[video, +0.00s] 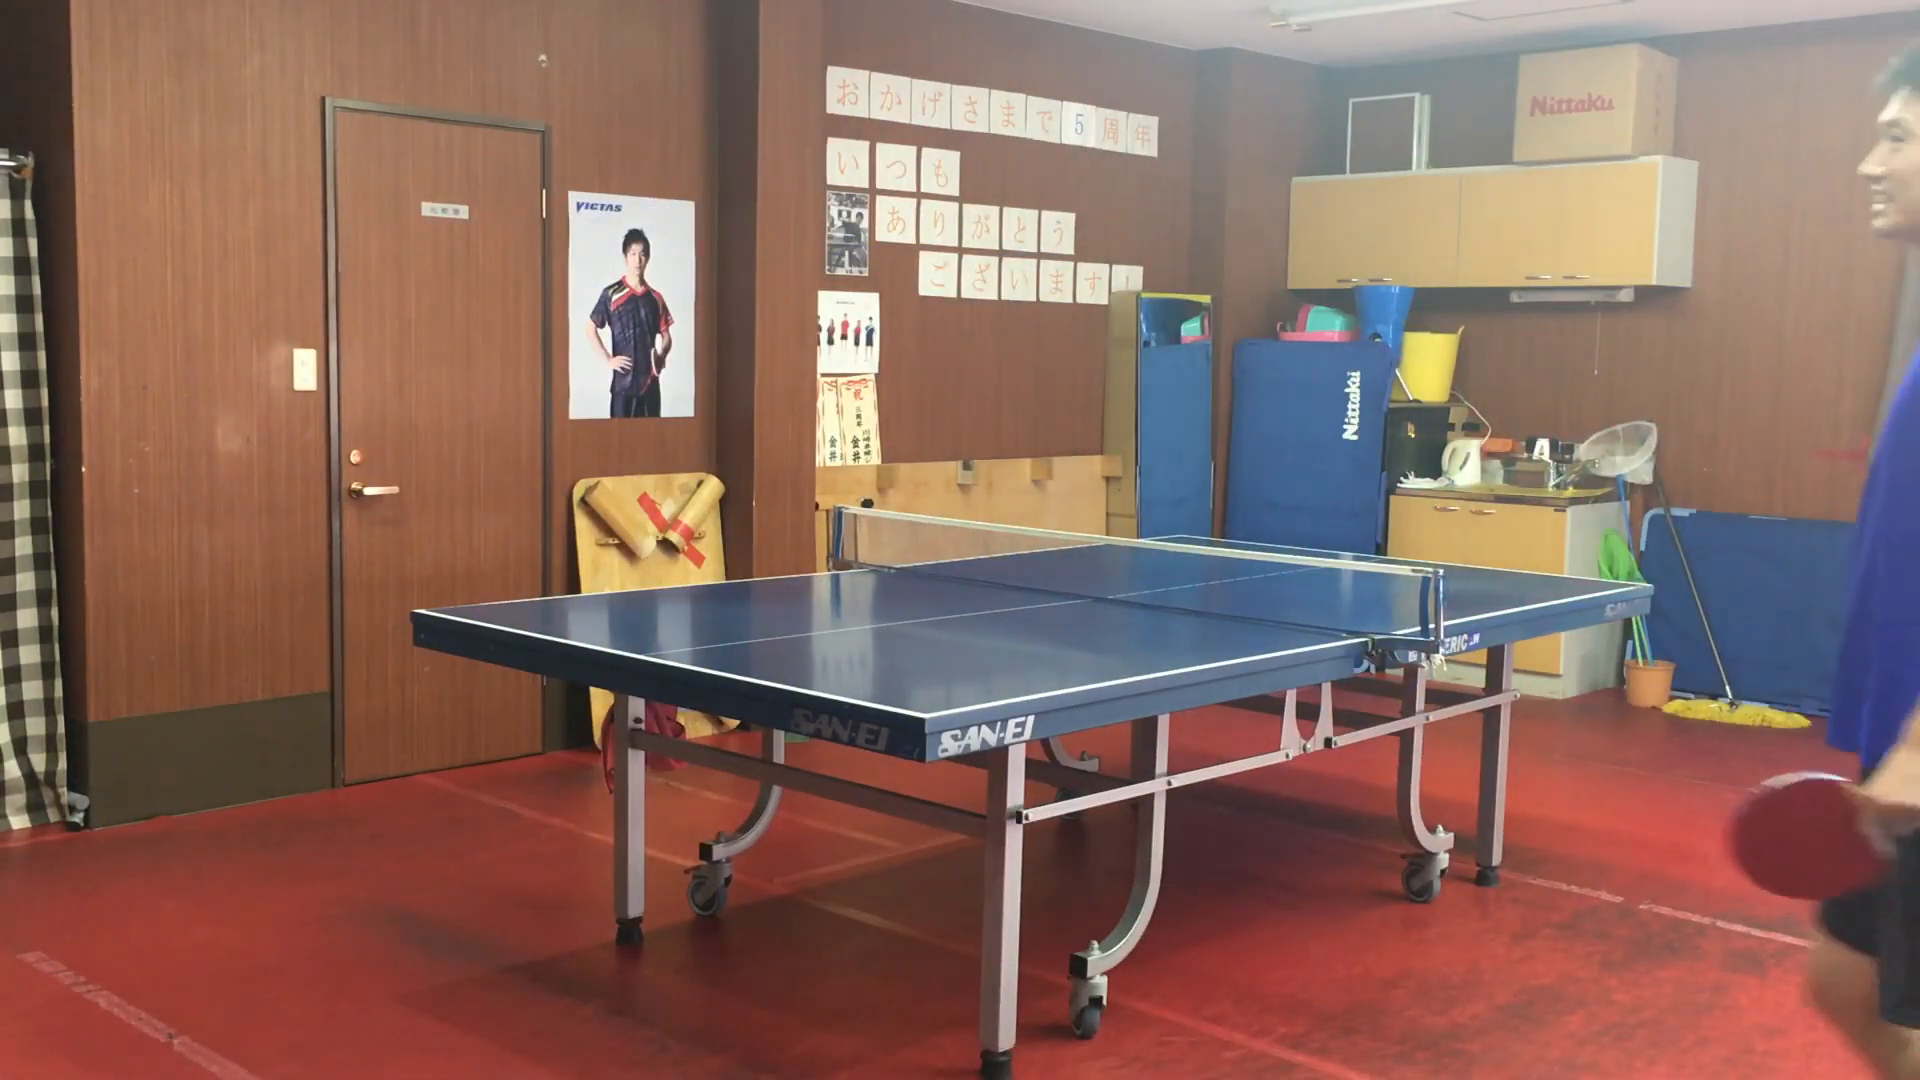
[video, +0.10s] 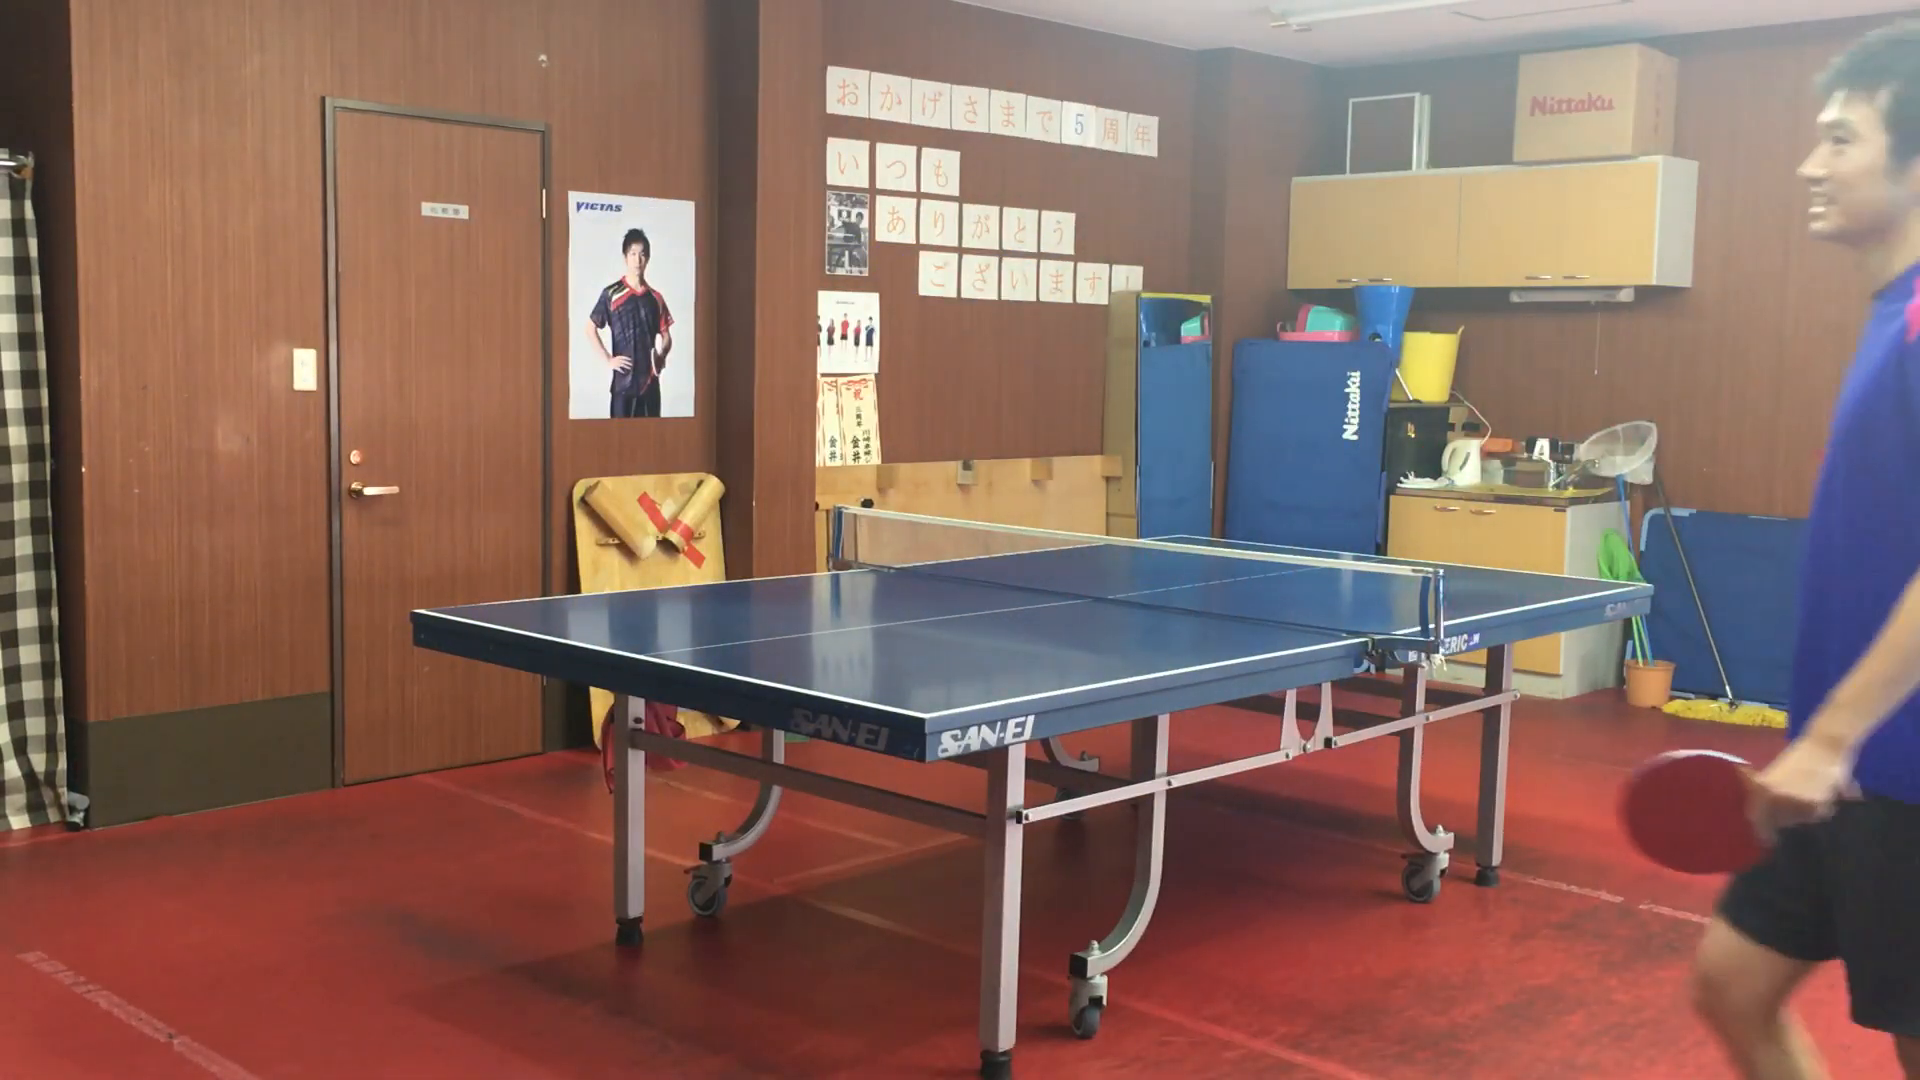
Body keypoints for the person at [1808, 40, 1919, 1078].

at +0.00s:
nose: (1871, 162)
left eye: (1897, 134)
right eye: (1880, 134)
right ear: (1888, 150)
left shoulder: (1912, 367)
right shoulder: (1907, 362)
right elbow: (1895, 555)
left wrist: (1910, 751)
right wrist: (1872, 739)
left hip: (1909, 759)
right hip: (1892, 745)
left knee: (1898, 1033)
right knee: (1842, 981)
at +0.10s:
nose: (1810, 167)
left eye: (1841, 140)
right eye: (1817, 140)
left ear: (1917, 162)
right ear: (1890, 164)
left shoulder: (1912, 328)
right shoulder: (1891, 320)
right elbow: (1885, 553)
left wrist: (1831, 739)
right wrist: (1815, 748)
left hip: (1905, 788)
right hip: (1851, 773)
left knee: (1914, 1047)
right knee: (1731, 987)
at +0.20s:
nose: (1741, 170)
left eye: (1775, 144)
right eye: (1748, 142)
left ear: (1868, 179)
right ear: (1852, 184)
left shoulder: (1891, 322)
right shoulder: (1821, 317)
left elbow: (1900, 558)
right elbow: (1831, 550)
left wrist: (1739, 741)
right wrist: (1750, 745)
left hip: (1881, 793)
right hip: (1782, 777)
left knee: (1901, 1057)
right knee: (1657, 1012)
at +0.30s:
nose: (1665, 174)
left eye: (1698, 149)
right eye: (1670, 147)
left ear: (1790, 185)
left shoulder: (1821, 325)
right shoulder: (1728, 329)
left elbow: (1820, 571)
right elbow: (1734, 558)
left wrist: (1673, 751)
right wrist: (1671, 759)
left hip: (1824, 797)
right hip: (1710, 784)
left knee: (1875, 1060)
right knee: (1604, 1035)